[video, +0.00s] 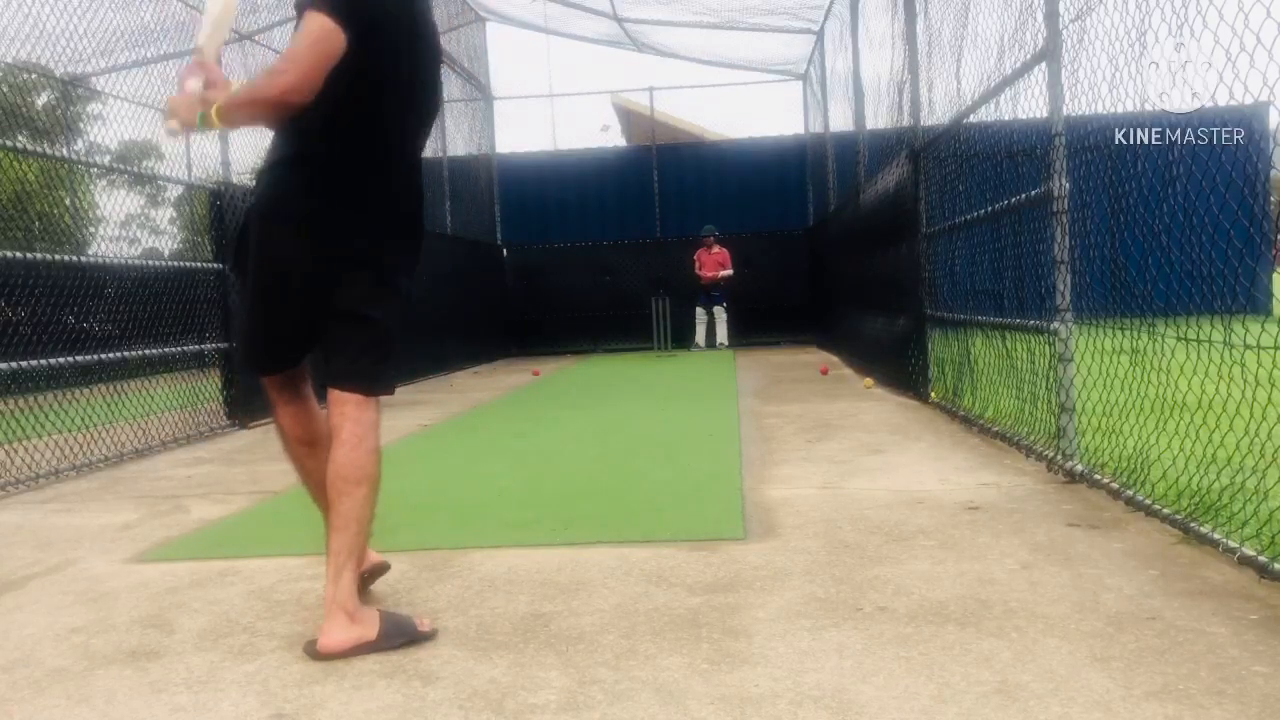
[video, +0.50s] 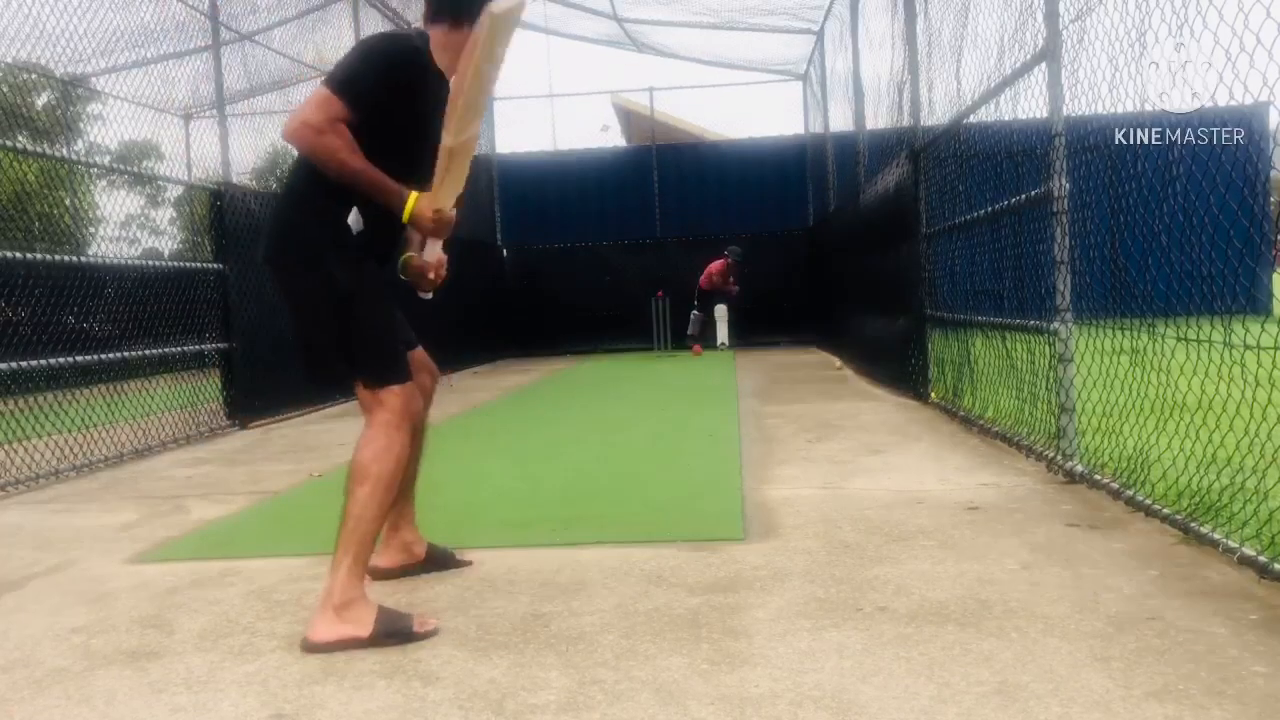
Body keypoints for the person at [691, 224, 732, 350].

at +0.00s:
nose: (706, 239)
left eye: (709, 237)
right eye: (704, 237)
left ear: (714, 237)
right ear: (702, 239)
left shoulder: (723, 252)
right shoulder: (700, 253)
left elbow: (730, 270)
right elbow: (696, 270)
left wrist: (717, 275)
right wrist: (703, 274)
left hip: (718, 285)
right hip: (704, 286)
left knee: (719, 312)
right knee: (700, 313)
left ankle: (722, 342)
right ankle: (700, 343)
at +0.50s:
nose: (735, 264)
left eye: (736, 262)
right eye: (734, 260)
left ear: (736, 261)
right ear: (727, 258)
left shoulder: (730, 268)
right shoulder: (717, 267)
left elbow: (727, 280)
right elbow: (717, 284)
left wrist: (731, 286)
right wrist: (730, 288)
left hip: (718, 289)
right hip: (705, 288)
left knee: (721, 312)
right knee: (699, 313)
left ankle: (722, 342)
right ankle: (693, 338)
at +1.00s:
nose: (710, 240)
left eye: (712, 237)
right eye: (707, 237)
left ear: (716, 239)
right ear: (703, 239)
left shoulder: (720, 253)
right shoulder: (696, 253)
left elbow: (724, 271)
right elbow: (690, 268)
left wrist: (726, 278)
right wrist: (699, 273)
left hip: (715, 286)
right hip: (700, 287)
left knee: (720, 312)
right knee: (700, 315)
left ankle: (723, 342)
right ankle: (702, 343)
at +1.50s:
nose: (705, 242)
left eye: (707, 239)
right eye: (704, 240)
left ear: (713, 239)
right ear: (702, 241)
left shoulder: (724, 251)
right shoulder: (701, 254)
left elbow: (732, 269)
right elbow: (699, 270)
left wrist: (723, 274)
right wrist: (706, 274)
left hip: (719, 285)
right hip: (706, 286)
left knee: (721, 312)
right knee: (703, 312)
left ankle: (726, 341)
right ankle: (702, 342)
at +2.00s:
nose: (701, 244)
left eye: (703, 241)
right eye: (701, 241)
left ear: (709, 240)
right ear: (702, 241)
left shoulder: (723, 252)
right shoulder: (700, 255)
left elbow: (729, 270)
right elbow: (698, 271)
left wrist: (716, 270)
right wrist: (689, 278)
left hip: (719, 286)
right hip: (705, 286)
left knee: (721, 312)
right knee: (699, 311)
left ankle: (726, 342)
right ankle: (697, 343)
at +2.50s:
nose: (715, 248)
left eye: (717, 245)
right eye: (713, 245)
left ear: (720, 246)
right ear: (707, 245)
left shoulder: (720, 260)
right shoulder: (698, 256)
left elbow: (722, 279)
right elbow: (689, 269)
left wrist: (727, 292)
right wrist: (693, 277)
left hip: (710, 290)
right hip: (695, 289)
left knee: (711, 314)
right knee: (688, 315)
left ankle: (714, 345)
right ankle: (689, 345)